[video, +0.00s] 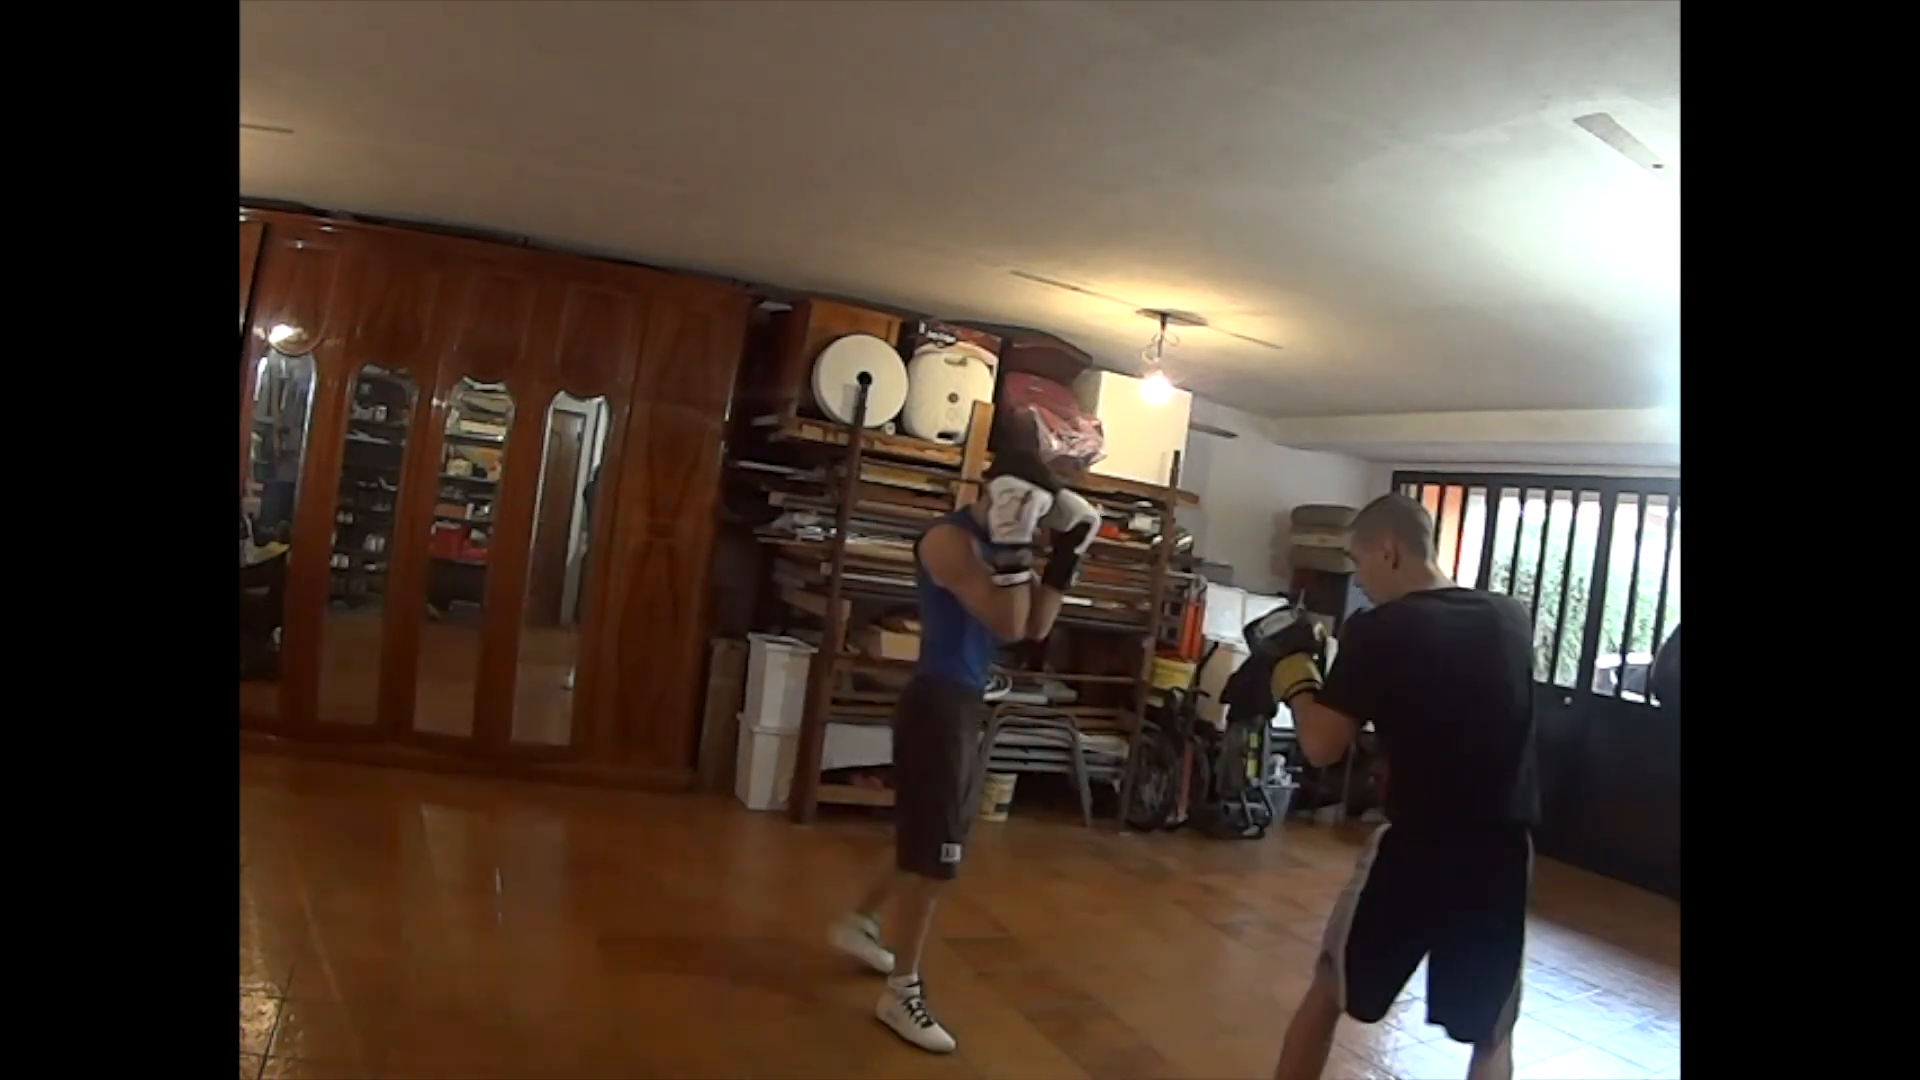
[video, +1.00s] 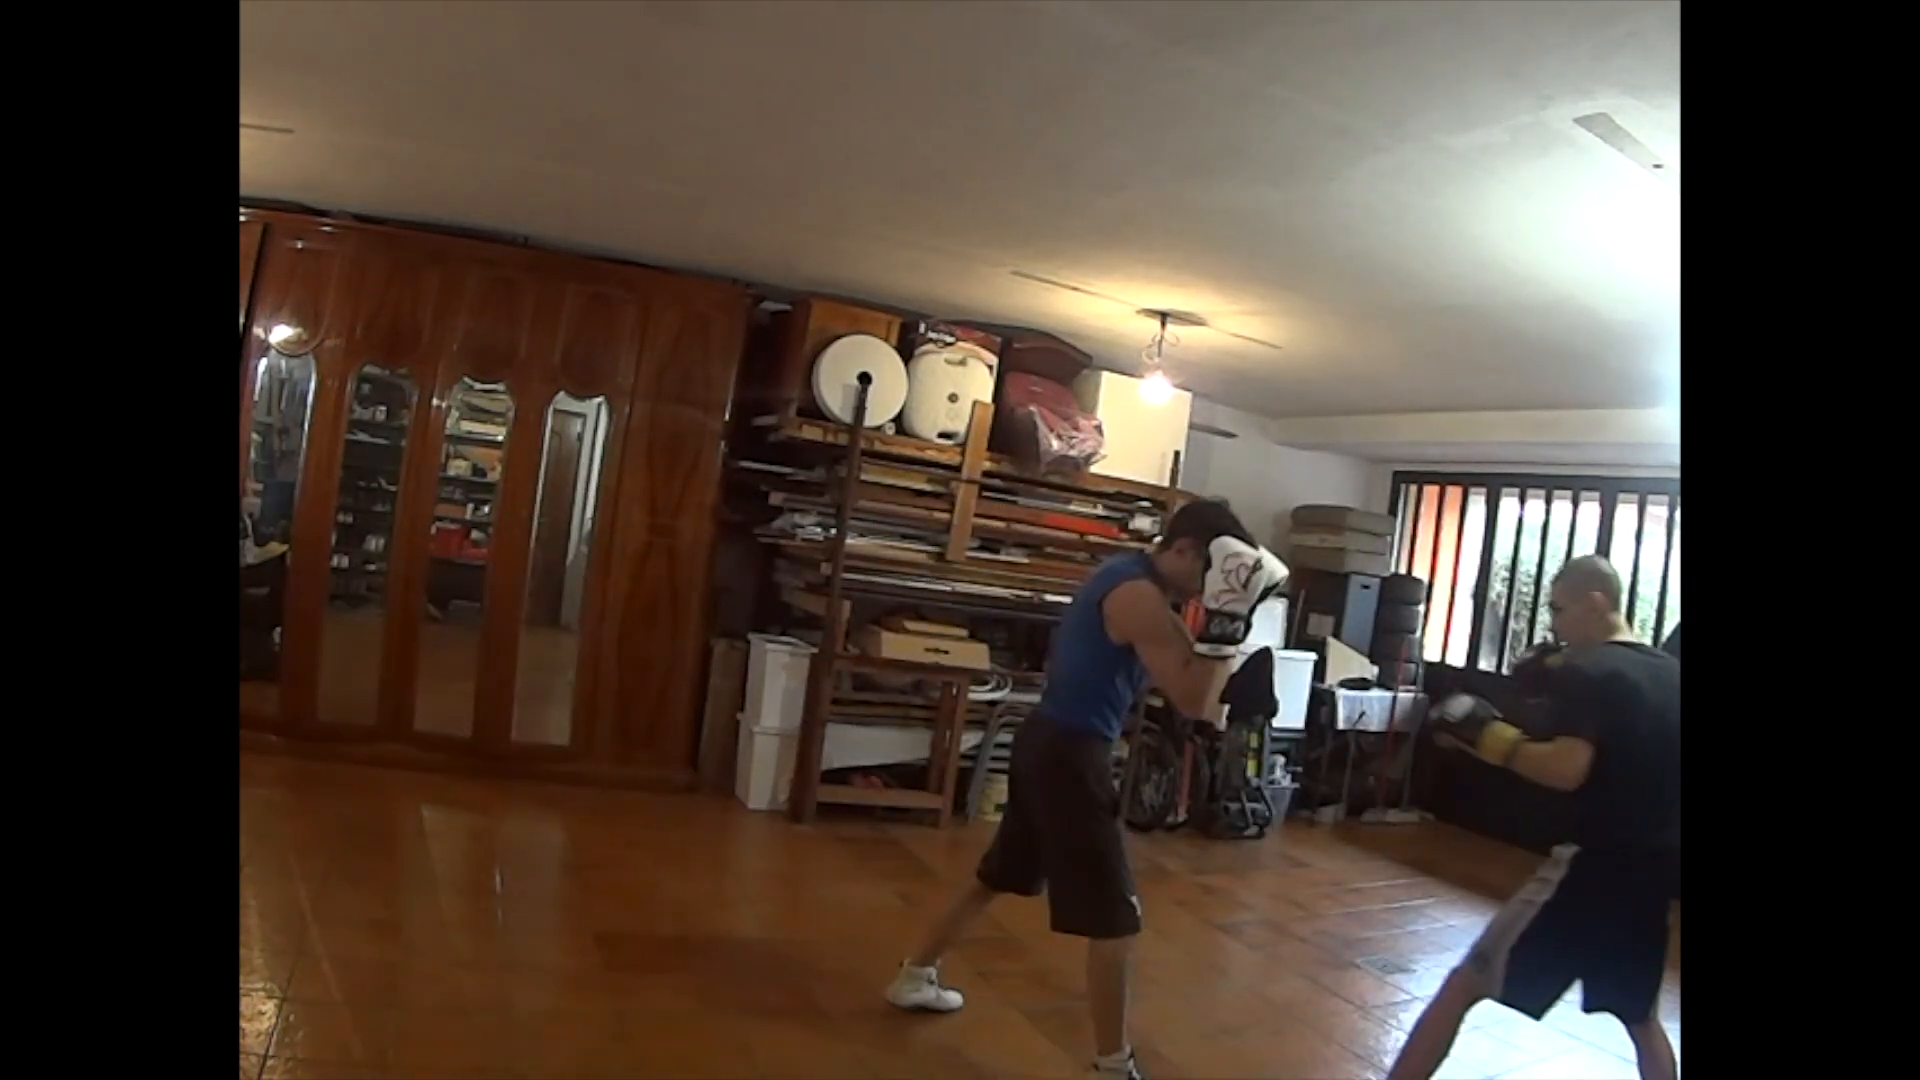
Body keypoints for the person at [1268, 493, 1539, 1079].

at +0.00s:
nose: (1360, 579)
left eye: (1360, 564)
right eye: (1356, 567)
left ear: (1390, 550)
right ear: (1426, 549)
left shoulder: (1379, 630)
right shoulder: (1511, 617)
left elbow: (1322, 745)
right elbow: (1481, 719)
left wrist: (1290, 668)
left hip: (1414, 848)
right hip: (1502, 851)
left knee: (1328, 992)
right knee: (1494, 1035)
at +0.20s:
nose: (1385, 584)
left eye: (1386, 567)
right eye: (1383, 569)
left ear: (1417, 555)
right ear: (1445, 553)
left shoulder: (1404, 629)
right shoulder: (1528, 618)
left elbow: (1360, 738)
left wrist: (1320, 677)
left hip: (1437, 845)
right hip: (1521, 844)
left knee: (1343, 993)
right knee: (1539, 1019)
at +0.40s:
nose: (1462, 601)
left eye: (1464, 587)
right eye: (1460, 588)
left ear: (1493, 582)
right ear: (1522, 580)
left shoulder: (1487, 652)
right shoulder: (1585, 652)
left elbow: (1450, 752)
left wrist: (1390, 714)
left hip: (1486, 864)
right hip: (1564, 867)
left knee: (1368, 990)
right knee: (1573, 1018)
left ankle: (1312, 1075)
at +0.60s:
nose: (1488, 606)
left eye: (1492, 591)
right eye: (1486, 593)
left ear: (1532, 582)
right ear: (1550, 584)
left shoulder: (1520, 652)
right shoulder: (1614, 650)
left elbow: (1487, 753)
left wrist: (1425, 713)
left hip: (1526, 852)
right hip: (1598, 855)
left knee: (1401, 964)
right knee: (1583, 1005)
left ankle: (1366, 1076)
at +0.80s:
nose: (1490, 620)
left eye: (1495, 605)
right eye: (1487, 607)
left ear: (1534, 598)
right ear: (1549, 600)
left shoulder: (1521, 668)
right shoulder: (1617, 661)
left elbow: (1472, 757)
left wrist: (1421, 697)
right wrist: (1427, 703)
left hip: (1538, 860)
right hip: (1610, 861)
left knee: (1420, 975)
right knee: (1611, 999)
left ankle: (1379, 1078)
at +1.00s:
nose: (1553, 625)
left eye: (1559, 610)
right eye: (1552, 611)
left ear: (1598, 603)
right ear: (1606, 605)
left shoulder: (1593, 670)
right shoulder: (1669, 671)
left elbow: (1566, 767)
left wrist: (1492, 738)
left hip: (1592, 863)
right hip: (1655, 867)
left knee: (1462, 988)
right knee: (1641, 1014)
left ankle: (1396, 1076)